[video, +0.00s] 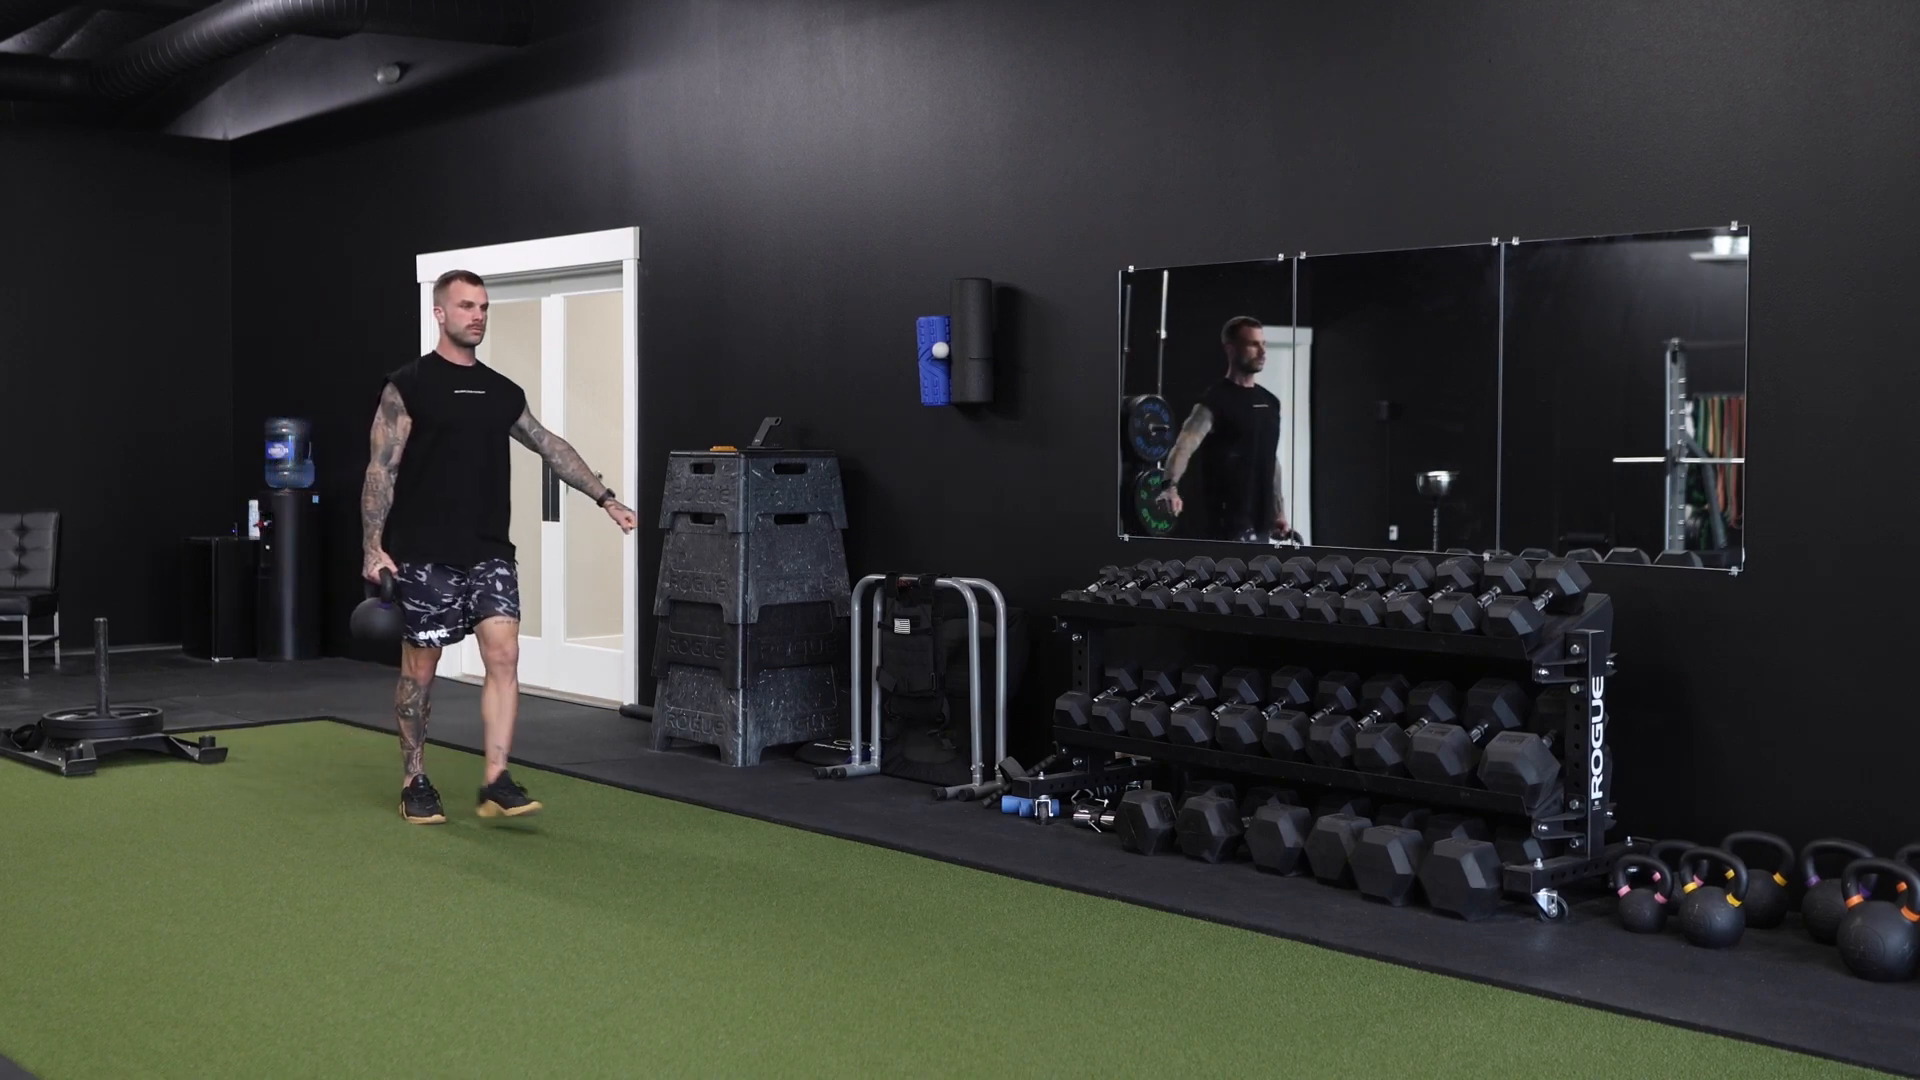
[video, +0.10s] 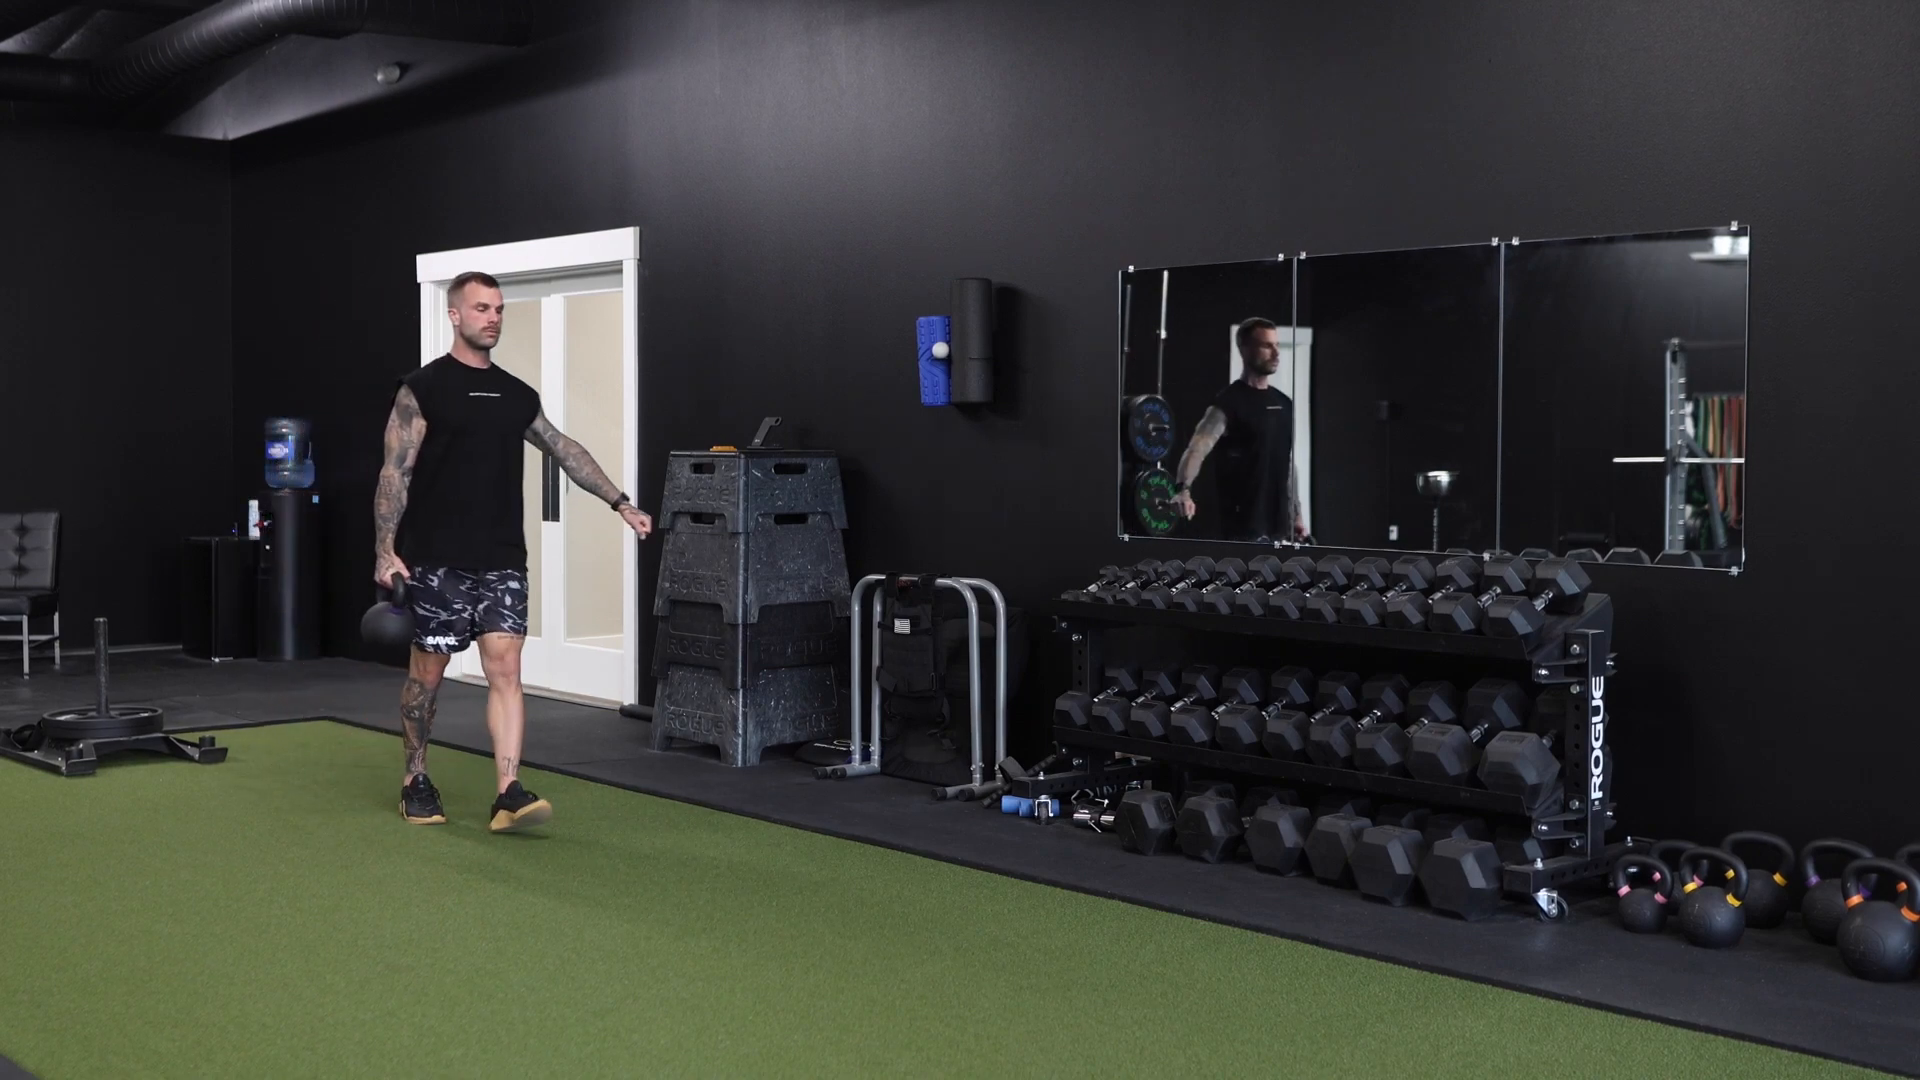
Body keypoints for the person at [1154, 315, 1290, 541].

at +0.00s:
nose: (1262, 351)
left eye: (1264, 344)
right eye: (1253, 344)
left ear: (1267, 346)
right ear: (1229, 348)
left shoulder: (1270, 403)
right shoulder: (1216, 399)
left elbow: (1270, 461)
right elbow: (1184, 445)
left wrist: (1278, 513)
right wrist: (1169, 485)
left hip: (1259, 518)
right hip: (1224, 516)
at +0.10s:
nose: (1276, 353)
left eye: (1277, 346)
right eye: (1266, 346)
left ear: (1279, 348)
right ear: (1244, 349)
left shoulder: (1283, 404)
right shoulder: (1229, 401)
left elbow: (1287, 464)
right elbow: (1197, 448)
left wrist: (1296, 517)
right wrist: (1182, 488)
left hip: (1277, 521)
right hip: (1239, 520)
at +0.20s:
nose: (1290, 353)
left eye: (1292, 346)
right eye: (1281, 346)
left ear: (1294, 348)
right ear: (1258, 349)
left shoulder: (1300, 406)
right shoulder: (1243, 403)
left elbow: (1304, 467)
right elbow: (1212, 449)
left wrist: (1309, 520)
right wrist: (1196, 491)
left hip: (1292, 527)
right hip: (1253, 525)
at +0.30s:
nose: (1307, 351)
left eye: (1309, 344)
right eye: (1298, 344)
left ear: (1313, 347)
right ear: (1273, 348)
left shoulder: (1313, 402)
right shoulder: (1257, 400)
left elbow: (1318, 466)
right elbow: (1226, 450)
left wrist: (1324, 521)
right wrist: (1212, 492)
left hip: (1310, 529)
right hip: (1269, 528)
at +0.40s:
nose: (1323, 349)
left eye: (1324, 343)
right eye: (1313, 343)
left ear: (1327, 345)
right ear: (1290, 345)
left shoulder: (1327, 401)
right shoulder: (1272, 398)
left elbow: (1330, 467)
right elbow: (1242, 447)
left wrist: (1337, 522)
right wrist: (1227, 489)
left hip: (1327, 532)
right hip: (1284, 534)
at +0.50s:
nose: (1338, 349)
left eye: (1340, 342)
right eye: (1329, 342)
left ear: (1342, 344)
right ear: (1304, 345)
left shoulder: (1340, 400)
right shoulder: (1286, 398)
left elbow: (1339, 463)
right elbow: (1257, 447)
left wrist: (1349, 516)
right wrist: (1243, 488)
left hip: (1343, 527)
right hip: (1300, 531)